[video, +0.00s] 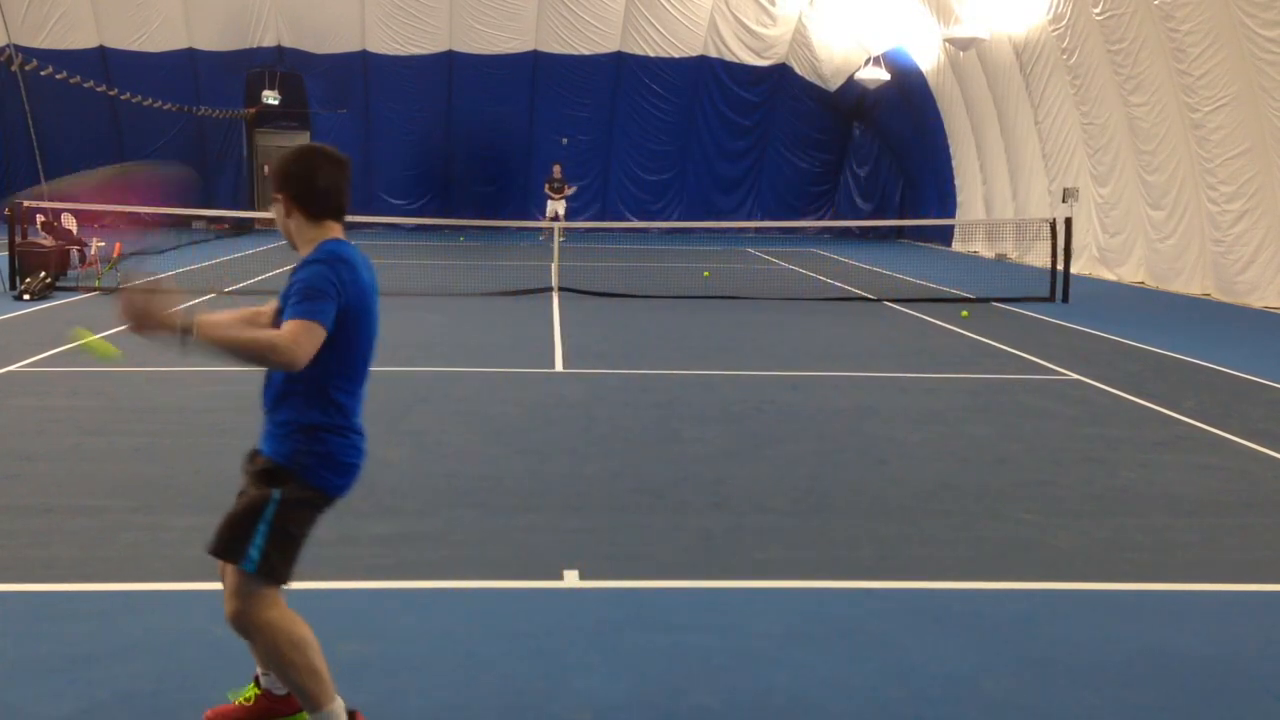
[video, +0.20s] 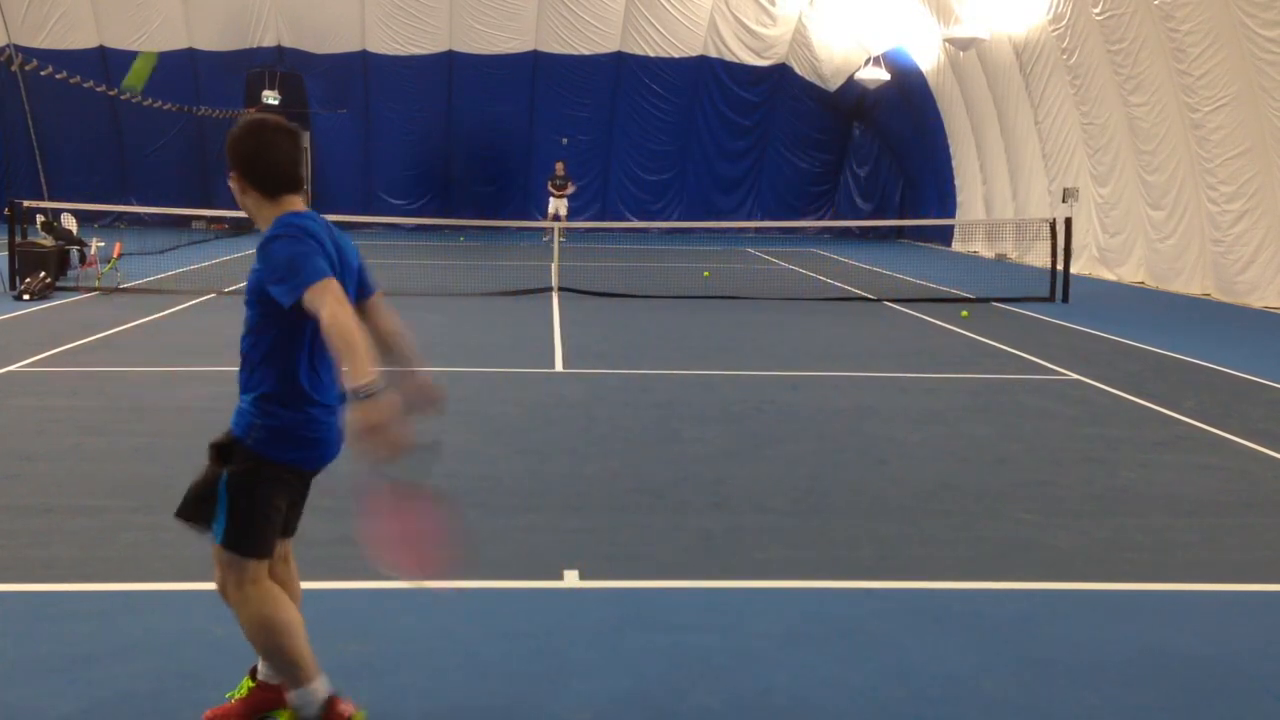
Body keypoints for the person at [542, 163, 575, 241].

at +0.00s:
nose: (556, 170)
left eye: (558, 169)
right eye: (555, 169)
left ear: (560, 170)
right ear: (553, 170)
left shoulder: (563, 180)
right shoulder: (549, 180)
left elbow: (565, 191)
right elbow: (546, 189)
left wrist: (571, 191)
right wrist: (554, 195)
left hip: (561, 200)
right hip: (551, 201)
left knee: (561, 217)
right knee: (548, 217)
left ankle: (561, 234)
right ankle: (545, 233)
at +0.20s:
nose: (558, 167)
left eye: (560, 165)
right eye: (557, 165)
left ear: (563, 167)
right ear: (555, 167)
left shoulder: (567, 178)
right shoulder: (552, 177)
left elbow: (570, 188)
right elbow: (549, 187)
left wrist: (564, 192)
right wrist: (556, 192)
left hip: (563, 199)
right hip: (553, 198)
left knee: (563, 217)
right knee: (550, 215)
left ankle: (562, 234)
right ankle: (548, 233)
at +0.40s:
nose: (559, 171)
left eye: (560, 169)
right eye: (557, 169)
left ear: (563, 170)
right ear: (556, 171)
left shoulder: (567, 180)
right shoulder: (552, 181)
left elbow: (569, 189)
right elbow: (549, 189)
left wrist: (563, 195)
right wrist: (554, 195)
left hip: (564, 200)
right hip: (554, 201)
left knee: (568, 216)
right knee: (551, 215)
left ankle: (569, 235)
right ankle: (546, 235)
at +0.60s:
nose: (552, 175)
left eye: (554, 173)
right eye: (551, 173)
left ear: (557, 174)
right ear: (549, 174)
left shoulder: (561, 184)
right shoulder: (548, 184)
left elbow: (565, 194)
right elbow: (545, 194)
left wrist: (560, 201)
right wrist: (551, 203)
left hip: (560, 204)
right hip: (551, 204)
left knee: (565, 220)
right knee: (549, 219)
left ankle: (569, 234)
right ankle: (548, 237)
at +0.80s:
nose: (547, 171)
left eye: (549, 169)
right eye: (546, 169)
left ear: (552, 170)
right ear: (544, 170)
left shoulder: (556, 179)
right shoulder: (543, 180)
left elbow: (560, 189)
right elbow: (541, 190)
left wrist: (552, 199)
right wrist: (544, 199)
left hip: (555, 200)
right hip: (546, 200)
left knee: (556, 218)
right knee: (547, 218)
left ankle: (565, 232)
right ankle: (548, 236)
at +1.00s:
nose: (544, 169)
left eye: (546, 168)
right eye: (543, 168)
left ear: (549, 168)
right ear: (542, 169)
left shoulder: (554, 178)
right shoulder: (541, 179)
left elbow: (558, 189)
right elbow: (540, 191)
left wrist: (549, 197)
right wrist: (538, 201)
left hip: (553, 199)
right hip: (544, 199)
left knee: (552, 217)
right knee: (541, 216)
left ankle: (555, 236)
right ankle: (547, 235)